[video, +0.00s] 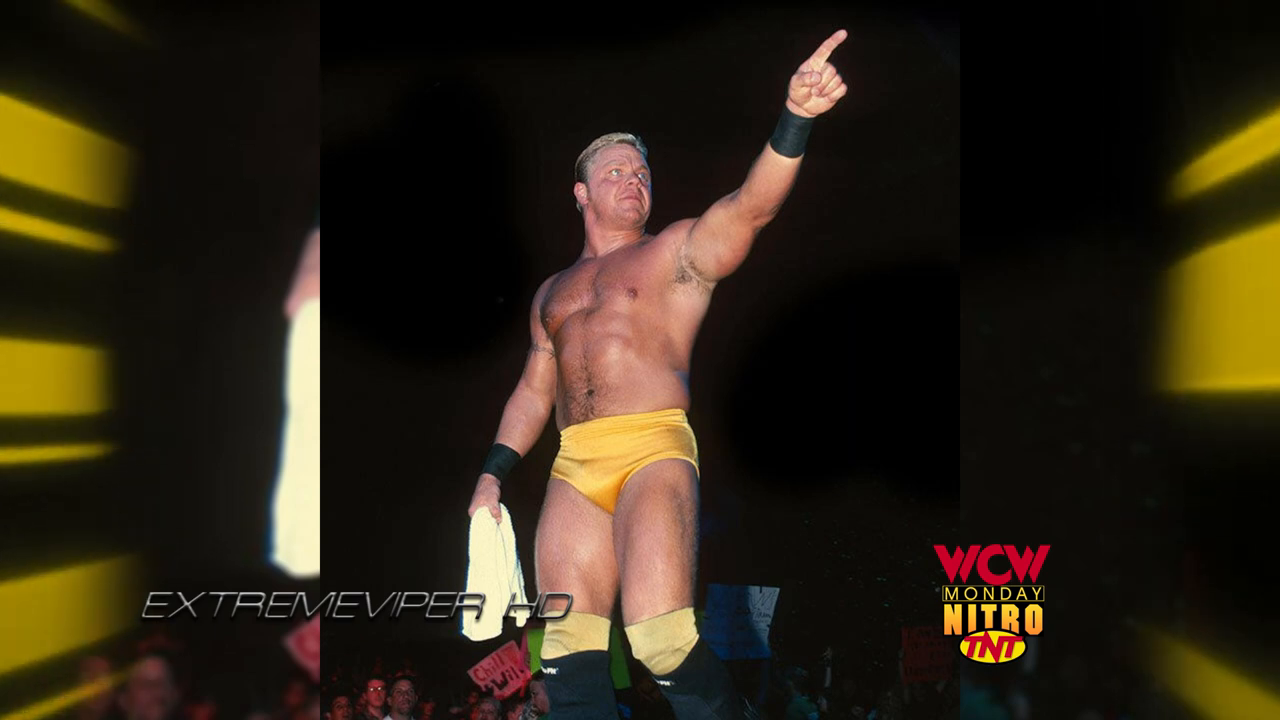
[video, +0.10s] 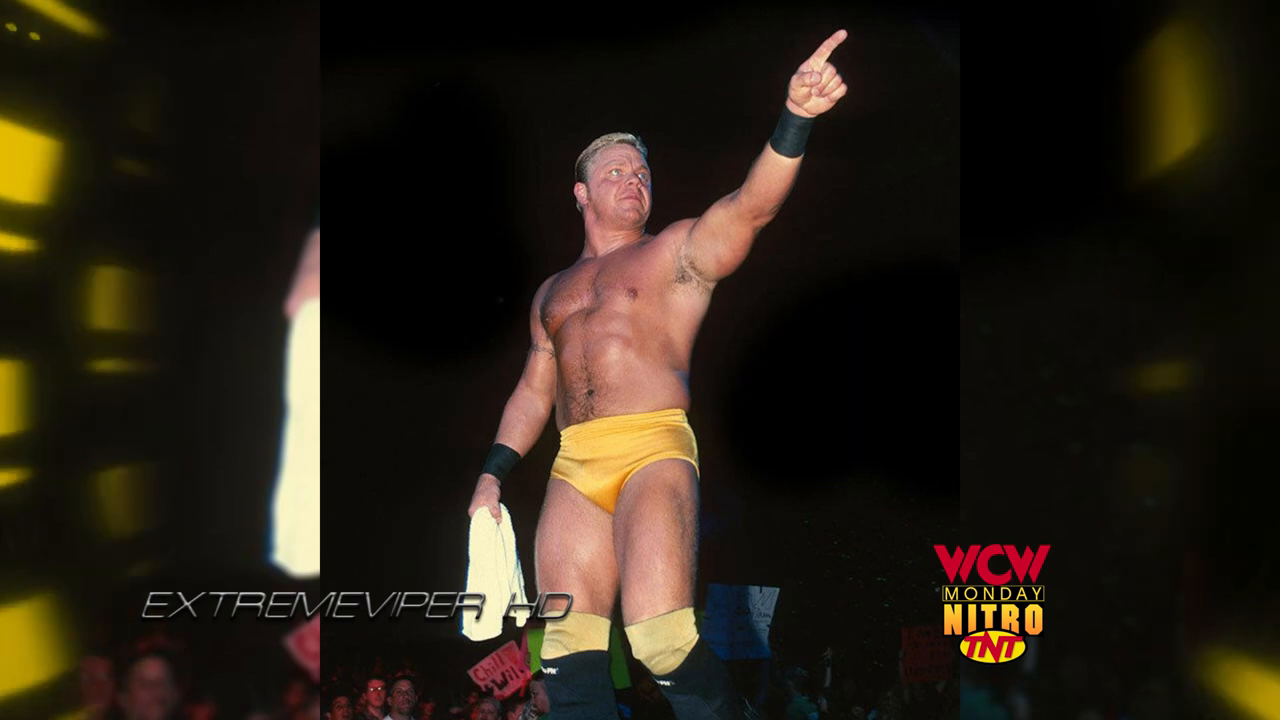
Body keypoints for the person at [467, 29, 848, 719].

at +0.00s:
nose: (632, 179)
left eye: (640, 172)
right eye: (615, 170)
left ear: (650, 194)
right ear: (581, 193)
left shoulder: (680, 254)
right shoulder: (552, 296)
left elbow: (753, 203)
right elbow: (534, 394)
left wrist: (797, 116)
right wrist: (490, 478)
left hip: (656, 448)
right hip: (575, 462)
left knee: (660, 636)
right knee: (568, 647)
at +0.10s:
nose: (632, 179)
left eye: (640, 172)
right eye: (615, 170)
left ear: (650, 194)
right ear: (581, 193)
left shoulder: (680, 254)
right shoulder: (552, 296)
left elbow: (753, 203)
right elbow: (534, 394)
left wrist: (797, 116)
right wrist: (490, 478)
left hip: (656, 448)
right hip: (575, 462)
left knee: (660, 636)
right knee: (568, 647)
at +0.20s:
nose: (632, 179)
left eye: (640, 172)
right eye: (615, 170)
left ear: (650, 194)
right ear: (581, 193)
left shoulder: (680, 254)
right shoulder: (552, 296)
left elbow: (753, 203)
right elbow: (534, 394)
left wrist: (797, 116)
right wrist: (490, 478)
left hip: (656, 448)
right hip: (575, 462)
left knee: (660, 636)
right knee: (568, 647)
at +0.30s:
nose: (631, 179)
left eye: (640, 172)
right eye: (614, 170)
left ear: (650, 194)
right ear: (580, 193)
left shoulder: (680, 253)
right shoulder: (552, 296)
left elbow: (753, 203)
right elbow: (534, 393)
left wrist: (797, 115)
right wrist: (490, 478)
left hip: (656, 448)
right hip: (575, 462)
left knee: (660, 637)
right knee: (568, 647)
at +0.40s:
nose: (631, 179)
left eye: (640, 172)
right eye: (614, 170)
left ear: (650, 194)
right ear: (580, 193)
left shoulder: (680, 253)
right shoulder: (552, 296)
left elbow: (753, 203)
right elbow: (534, 393)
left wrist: (797, 115)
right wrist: (490, 478)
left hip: (656, 448)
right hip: (575, 462)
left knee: (660, 637)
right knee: (568, 647)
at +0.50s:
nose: (632, 179)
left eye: (640, 172)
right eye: (615, 170)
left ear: (650, 194)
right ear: (581, 193)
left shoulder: (680, 254)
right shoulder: (552, 296)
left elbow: (753, 203)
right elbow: (534, 394)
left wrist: (797, 116)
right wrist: (490, 478)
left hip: (656, 448)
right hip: (575, 462)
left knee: (660, 636)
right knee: (568, 647)